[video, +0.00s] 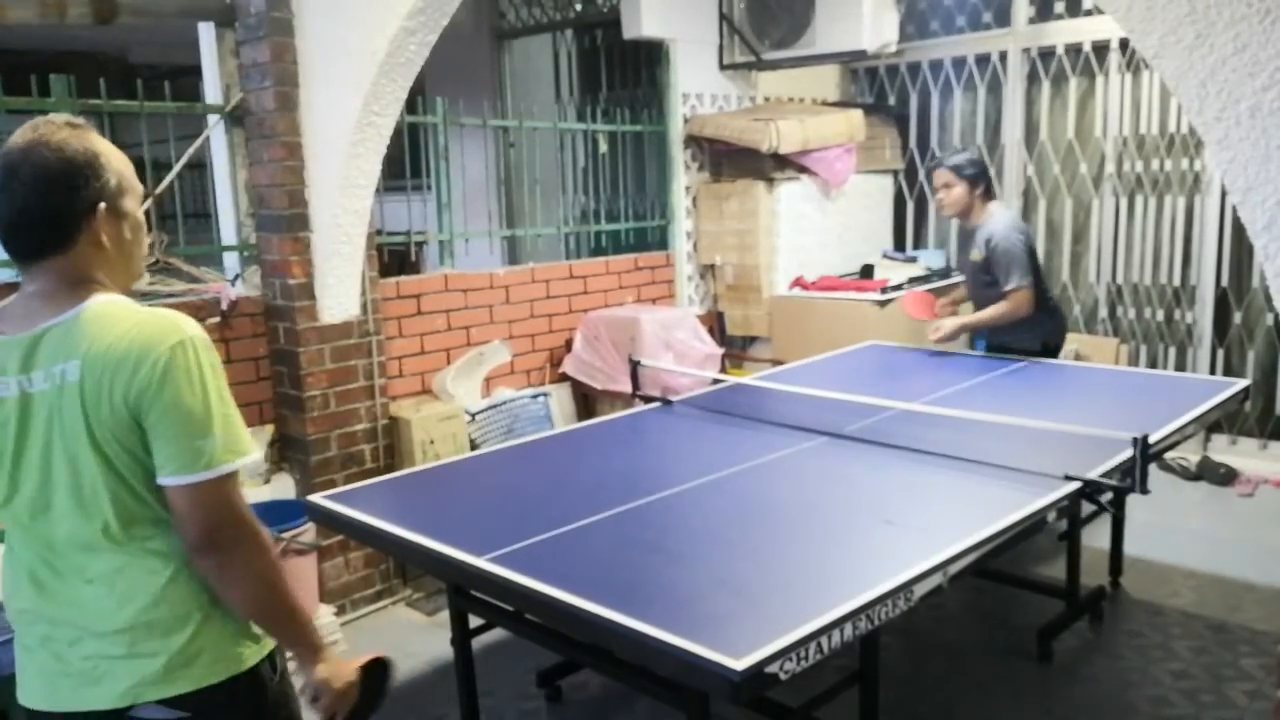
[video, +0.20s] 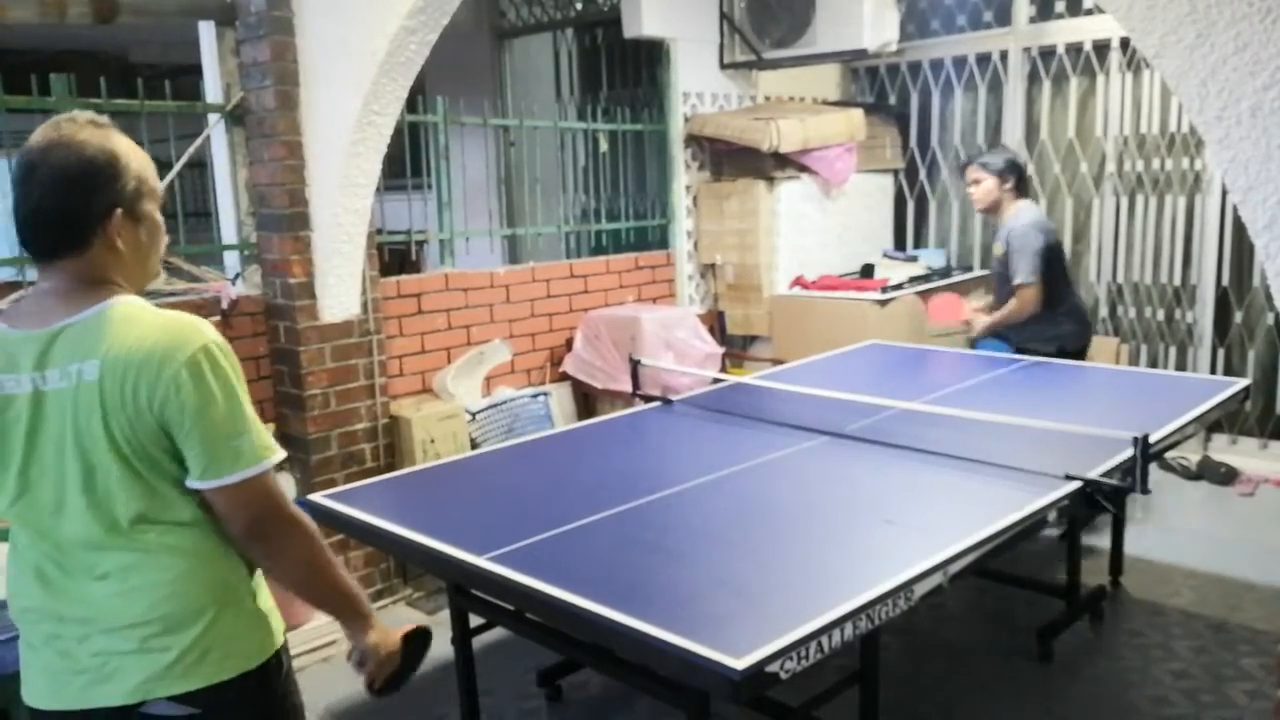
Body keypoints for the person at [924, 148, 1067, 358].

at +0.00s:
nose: (939, 197)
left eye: (948, 187)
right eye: (937, 190)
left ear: (978, 187)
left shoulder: (1003, 233)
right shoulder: (976, 224)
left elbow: (1022, 305)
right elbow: (987, 281)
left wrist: (962, 324)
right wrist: (954, 299)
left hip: (1030, 340)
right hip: (1002, 332)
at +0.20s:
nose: (970, 191)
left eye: (977, 183)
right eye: (969, 185)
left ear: (1007, 182)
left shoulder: (1023, 225)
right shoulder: (1010, 221)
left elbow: (1028, 302)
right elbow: (1012, 292)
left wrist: (986, 324)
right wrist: (985, 307)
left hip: (1058, 340)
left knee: (988, 348)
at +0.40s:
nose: (1002, 188)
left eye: (1007, 179)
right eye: (1001, 181)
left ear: (1034, 176)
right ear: (1033, 177)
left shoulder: (1049, 219)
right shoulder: (1043, 214)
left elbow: (1043, 295)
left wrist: (1015, 339)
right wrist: (1022, 310)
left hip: (1081, 337)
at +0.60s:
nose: (1022, 175)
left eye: (1026, 166)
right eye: (1021, 167)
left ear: (1050, 164)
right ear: (1050, 165)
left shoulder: (1065, 206)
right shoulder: (1080, 200)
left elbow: (1039, 281)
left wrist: (996, 310)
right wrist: (1012, 298)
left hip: (1092, 325)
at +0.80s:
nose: (1028, 175)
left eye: (1033, 166)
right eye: (1028, 166)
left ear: (1057, 165)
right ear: (1063, 167)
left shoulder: (1071, 209)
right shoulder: (1084, 202)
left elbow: (1036, 281)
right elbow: (1057, 277)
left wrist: (982, 282)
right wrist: (1004, 283)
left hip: (1101, 337)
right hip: (1108, 332)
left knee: (1094, 428)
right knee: (1099, 426)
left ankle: (1100, 522)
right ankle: (1098, 516)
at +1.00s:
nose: (1024, 181)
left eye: (1030, 172)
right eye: (1024, 172)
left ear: (1057, 171)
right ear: (1059, 172)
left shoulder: (1077, 214)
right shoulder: (1070, 210)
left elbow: (1065, 287)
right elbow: (1070, 283)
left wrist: (1009, 277)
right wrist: (1026, 301)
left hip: (1105, 344)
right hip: (1091, 340)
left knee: (1099, 434)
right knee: (1091, 432)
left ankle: (1104, 523)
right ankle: (1098, 517)